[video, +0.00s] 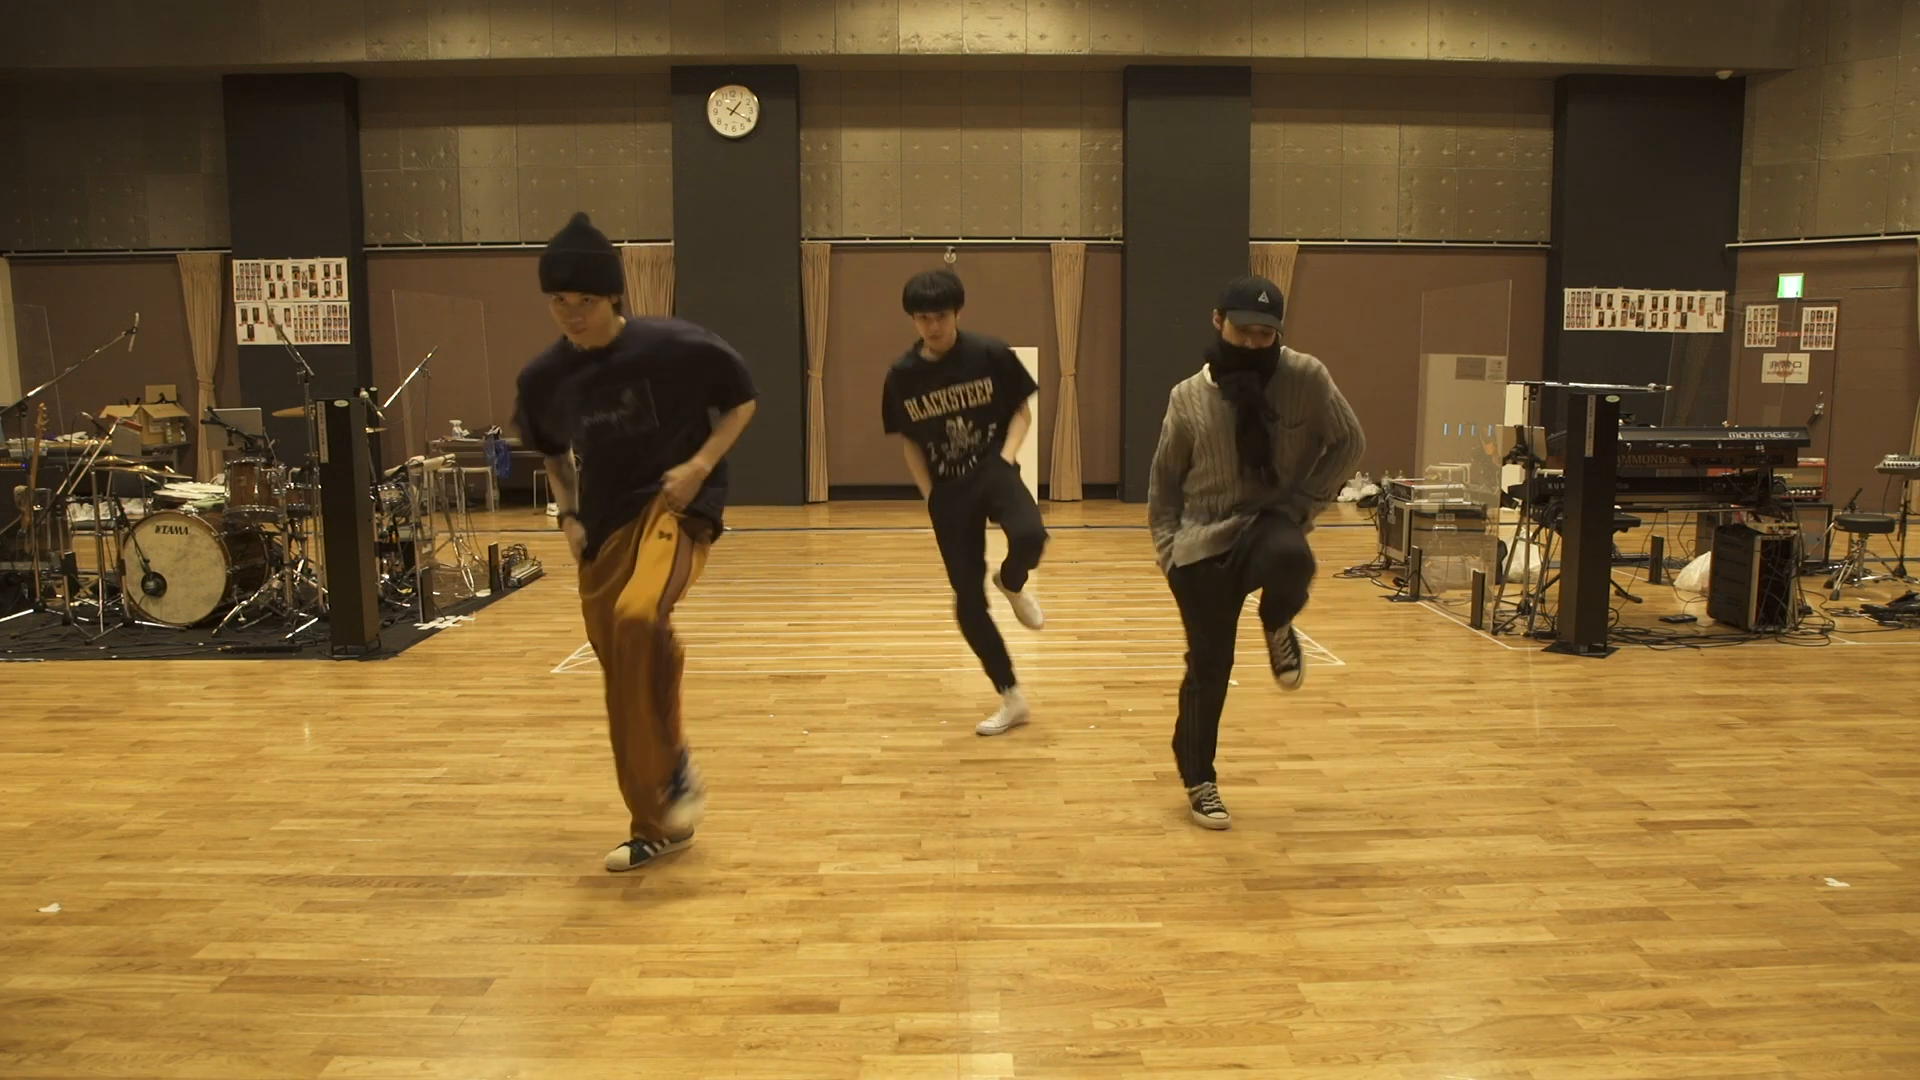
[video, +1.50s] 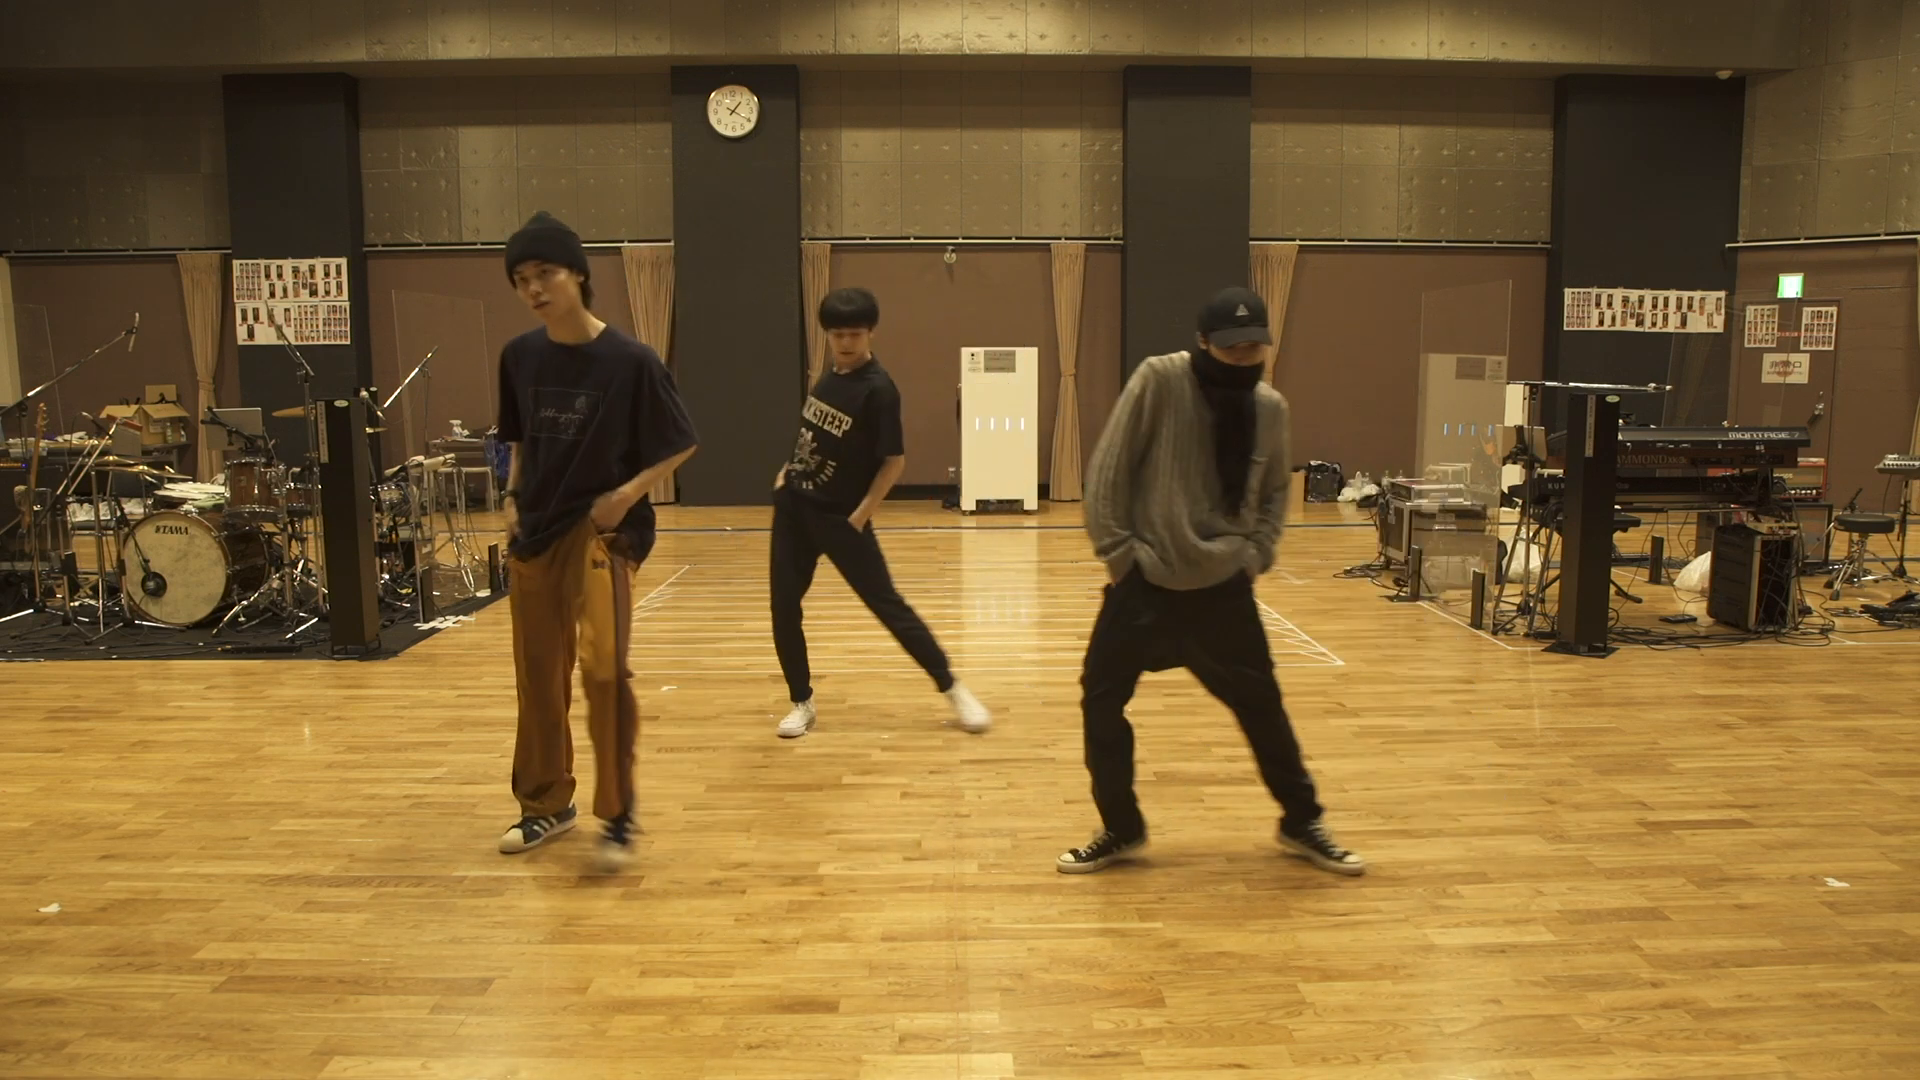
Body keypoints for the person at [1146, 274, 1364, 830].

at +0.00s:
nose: (1254, 342)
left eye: (1265, 332)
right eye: (1244, 330)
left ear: (1279, 332)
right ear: (1219, 324)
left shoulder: (1305, 377)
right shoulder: (1189, 398)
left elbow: (1348, 441)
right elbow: (1164, 479)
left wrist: (1305, 504)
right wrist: (1168, 547)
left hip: (1270, 521)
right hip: (1203, 535)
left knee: (1291, 562)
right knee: (1209, 666)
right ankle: (1200, 779)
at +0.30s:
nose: (1259, 357)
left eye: (1269, 346)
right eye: (1248, 345)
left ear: (1280, 348)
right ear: (1220, 342)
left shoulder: (1302, 406)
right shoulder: (1183, 411)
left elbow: (1311, 491)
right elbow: (1146, 491)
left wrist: (1296, 564)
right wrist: (1184, 546)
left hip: (1265, 565)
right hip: (1200, 560)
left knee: (1207, 663)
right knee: (1204, 646)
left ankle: (1154, 747)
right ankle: (1223, 754)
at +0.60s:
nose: (1295, 366)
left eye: (1303, 357)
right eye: (1282, 356)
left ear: (1311, 364)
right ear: (1253, 362)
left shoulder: (1334, 433)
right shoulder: (1222, 436)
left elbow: (1344, 519)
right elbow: (1190, 524)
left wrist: (1330, 581)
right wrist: (1223, 597)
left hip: (1305, 592)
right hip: (1243, 594)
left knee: (1319, 703)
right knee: (1246, 701)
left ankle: (1239, 708)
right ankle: (1215, 798)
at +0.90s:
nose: (1383, 370)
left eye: (1387, 359)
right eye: (1369, 361)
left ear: (1393, 364)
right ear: (1339, 370)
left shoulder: (1386, 426)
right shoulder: (1321, 443)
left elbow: (1393, 511)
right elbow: (1292, 542)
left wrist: (1415, 572)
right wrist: (1325, 621)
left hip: (1415, 593)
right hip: (1353, 616)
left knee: (1465, 707)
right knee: (1368, 733)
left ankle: (1496, 818)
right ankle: (1285, 786)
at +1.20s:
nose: (1357, 373)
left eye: (1364, 360)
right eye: (1341, 365)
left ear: (1380, 366)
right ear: (1318, 379)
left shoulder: (1413, 433)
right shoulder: (1286, 439)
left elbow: (1448, 517)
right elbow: (1240, 509)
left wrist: (1419, 590)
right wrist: (1284, 582)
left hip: (1389, 621)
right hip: (1306, 617)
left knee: (1446, 723)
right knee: (1215, 695)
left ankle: (1497, 817)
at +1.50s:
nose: (1243, 358)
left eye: (1253, 347)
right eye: (1230, 347)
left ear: (1267, 345)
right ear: (1203, 343)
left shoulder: (1270, 407)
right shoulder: (1158, 379)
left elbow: (1275, 491)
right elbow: (1106, 468)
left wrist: (1256, 554)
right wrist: (1119, 555)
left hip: (1223, 587)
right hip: (1146, 582)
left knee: (1262, 704)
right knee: (1101, 698)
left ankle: (1301, 820)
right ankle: (1122, 827)